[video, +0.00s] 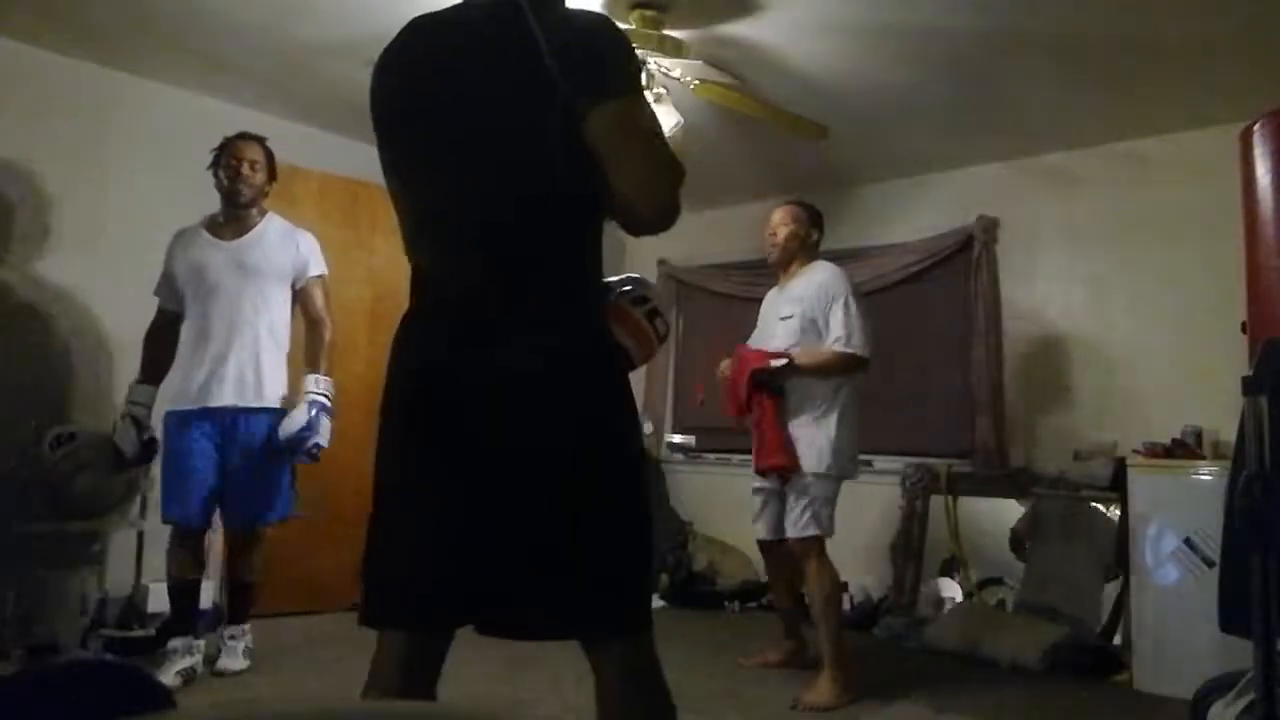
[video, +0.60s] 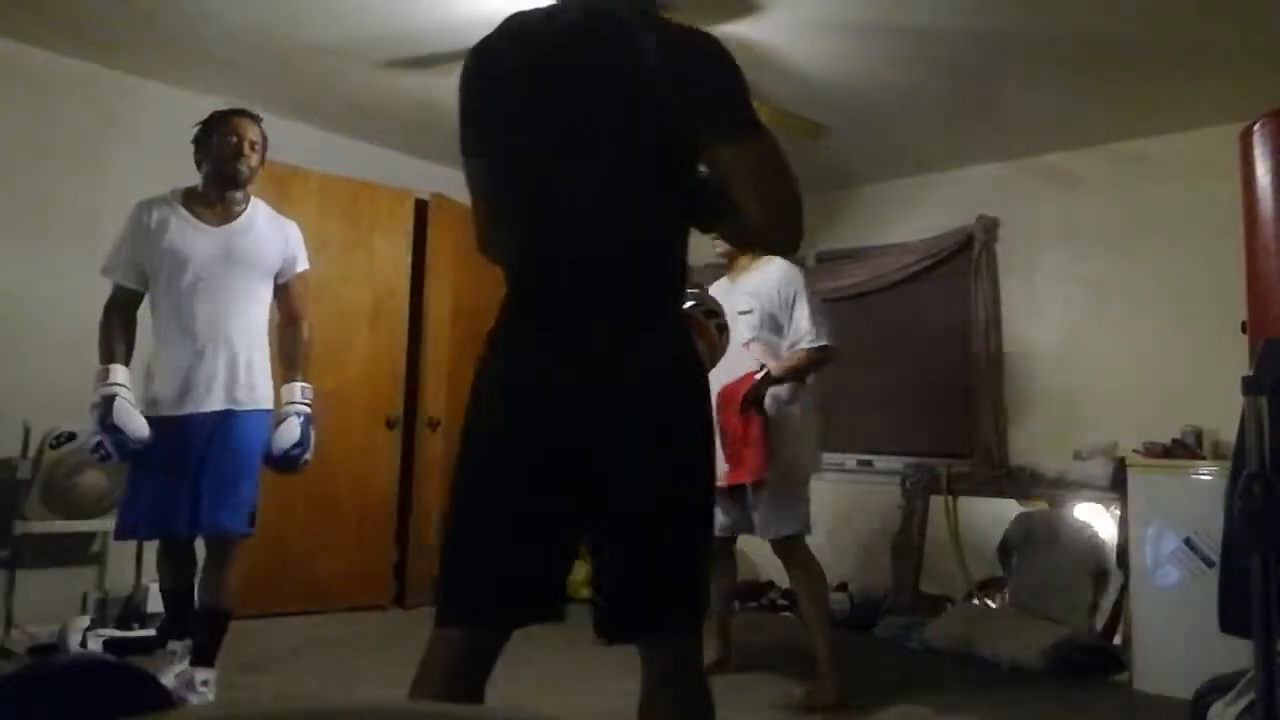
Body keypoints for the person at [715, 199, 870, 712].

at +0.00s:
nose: (768, 237)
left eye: (778, 229)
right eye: (768, 230)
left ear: (808, 235)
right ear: (777, 239)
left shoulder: (830, 278)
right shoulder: (774, 292)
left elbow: (853, 352)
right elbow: (769, 354)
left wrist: (779, 364)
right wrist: (738, 363)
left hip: (817, 440)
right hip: (775, 438)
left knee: (807, 544)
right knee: (771, 541)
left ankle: (833, 672)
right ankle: (793, 642)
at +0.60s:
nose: (717, 225)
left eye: (727, 214)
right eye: (717, 214)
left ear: (749, 217)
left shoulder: (783, 274)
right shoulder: (718, 286)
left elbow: (819, 347)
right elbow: (704, 358)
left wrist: (775, 373)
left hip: (774, 432)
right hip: (718, 433)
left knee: (787, 544)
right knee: (716, 544)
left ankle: (826, 672)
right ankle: (720, 645)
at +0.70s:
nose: (706, 230)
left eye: (713, 220)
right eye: (703, 221)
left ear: (729, 226)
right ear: (701, 232)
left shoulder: (775, 278)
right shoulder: (692, 286)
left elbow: (802, 350)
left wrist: (765, 389)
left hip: (756, 438)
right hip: (704, 439)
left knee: (778, 544)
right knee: (714, 549)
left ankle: (818, 662)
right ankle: (713, 646)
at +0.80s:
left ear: (734, 219)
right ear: (716, 221)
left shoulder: (767, 274)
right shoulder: (692, 277)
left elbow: (801, 345)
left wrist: (775, 388)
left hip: (753, 424)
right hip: (704, 424)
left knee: (760, 531)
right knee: (705, 541)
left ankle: (801, 653)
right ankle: (705, 654)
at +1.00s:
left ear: (732, 230)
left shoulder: (759, 273)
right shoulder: (674, 280)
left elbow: (791, 347)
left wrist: (782, 403)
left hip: (745, 426)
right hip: (686, 424)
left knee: (749, 540)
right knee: (695, 538)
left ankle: (781, 646)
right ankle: (701, 653)